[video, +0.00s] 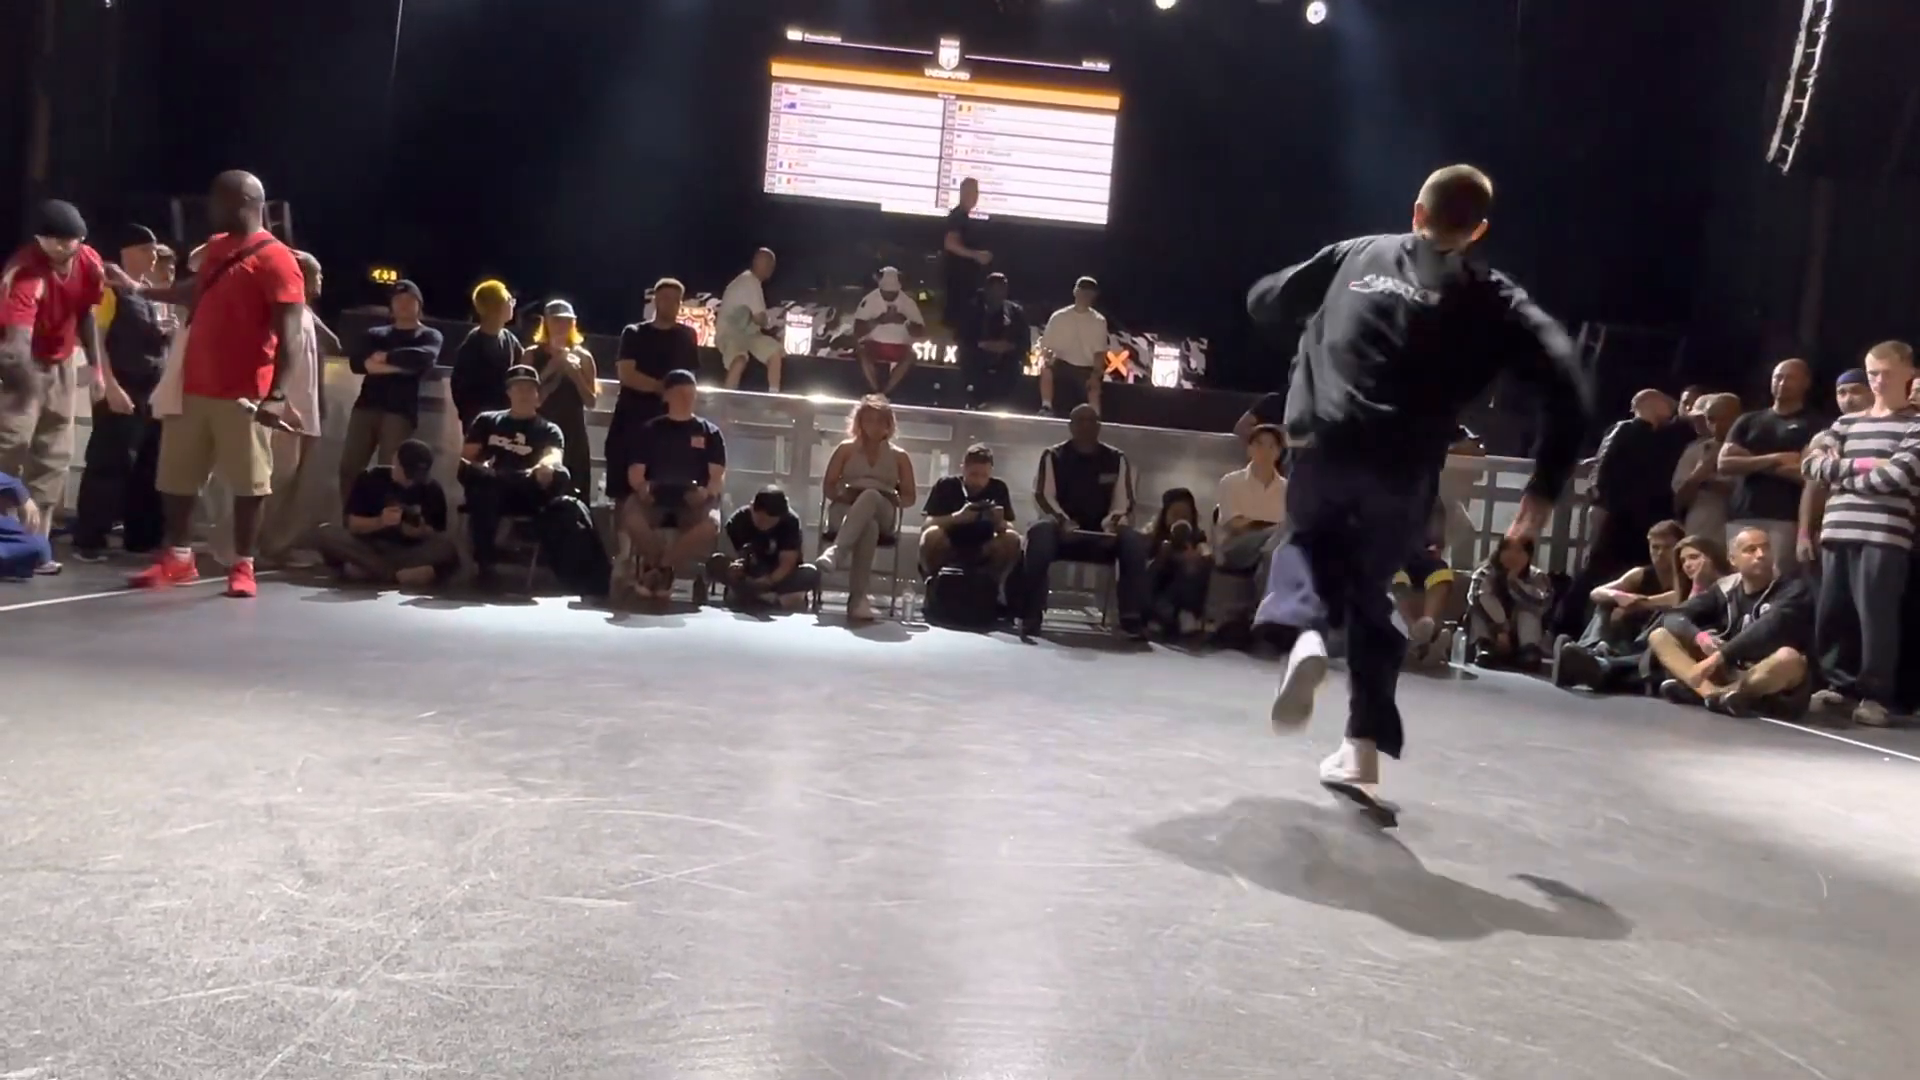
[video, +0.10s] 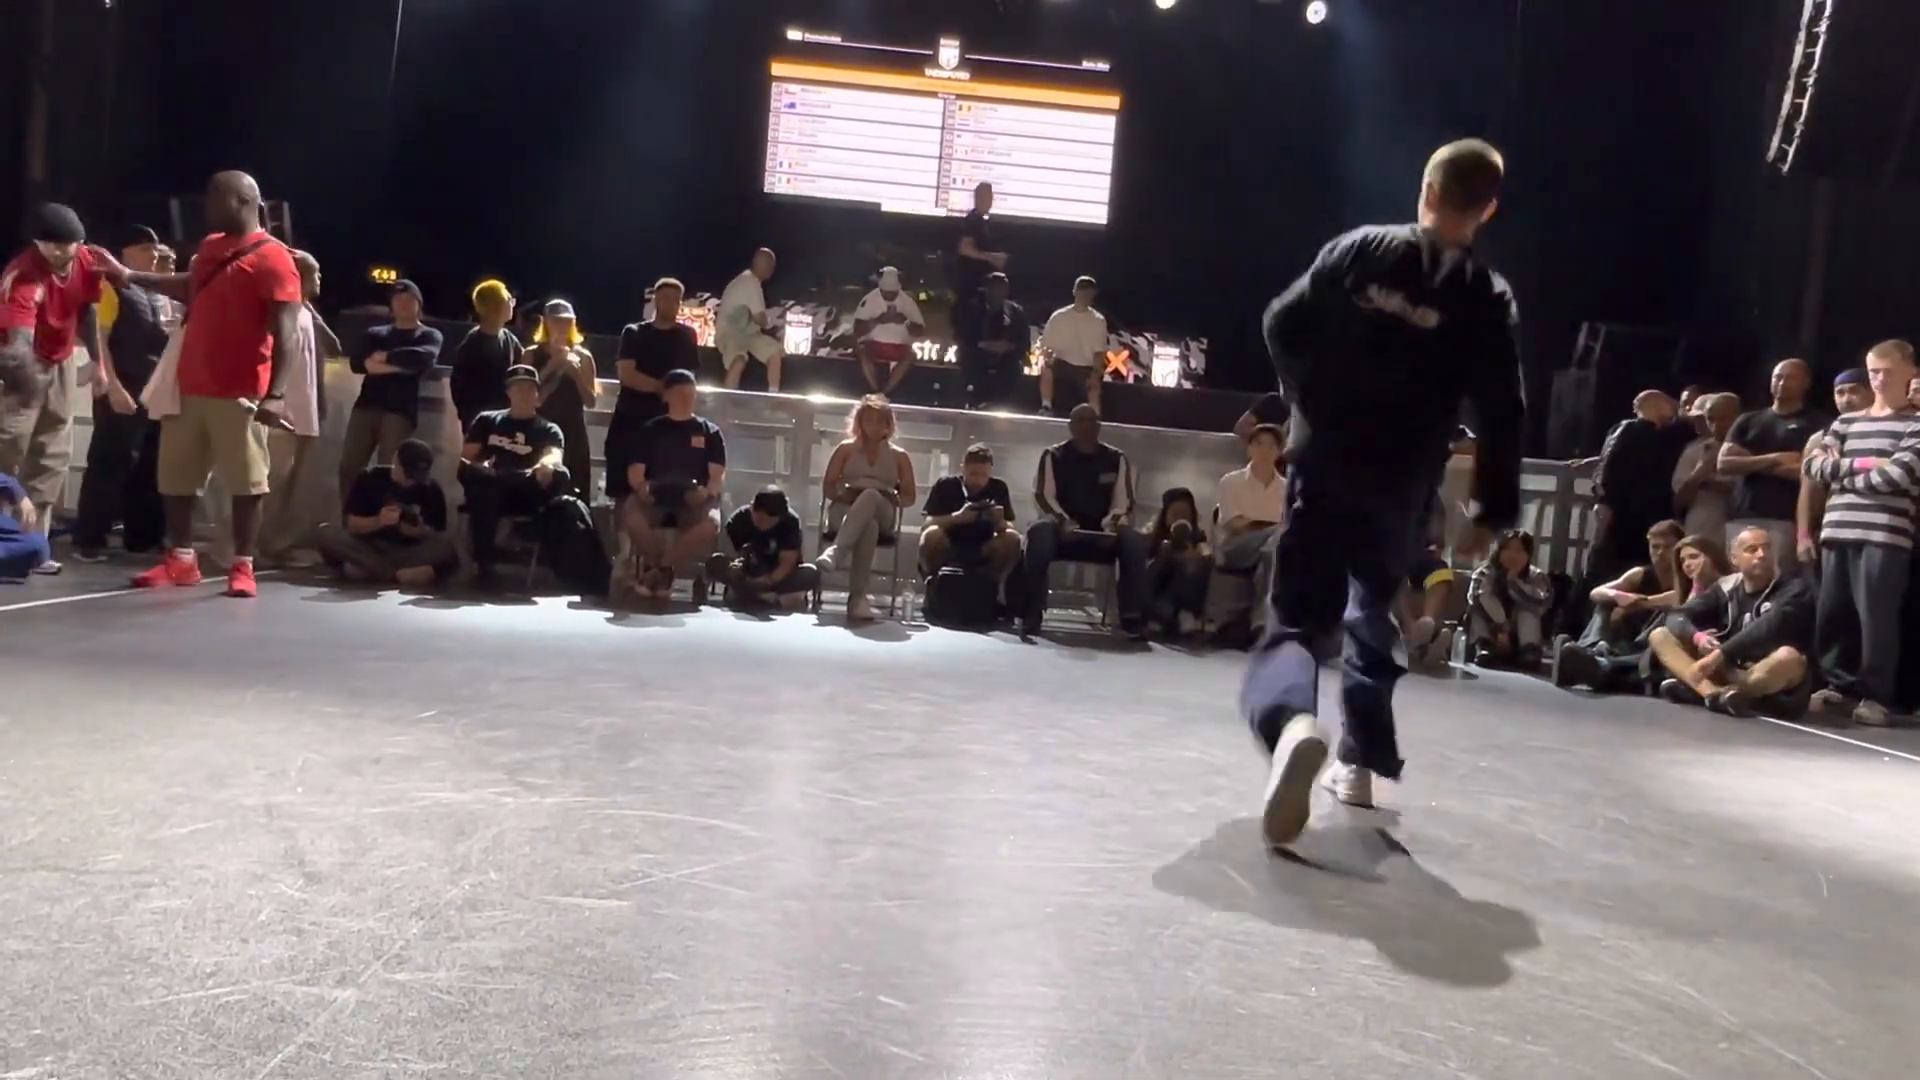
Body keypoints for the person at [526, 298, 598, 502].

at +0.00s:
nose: (562, 326)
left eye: (567, 320)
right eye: (556, 320)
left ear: (573, 324)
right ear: (546, 323)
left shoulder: (584, 357)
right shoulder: (532, 355)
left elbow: (591, 401)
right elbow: (529, 399)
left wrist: (574, 373)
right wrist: (554, 367)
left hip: (573, 431)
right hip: (540, 431)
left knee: (577, 492)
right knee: (538, 493)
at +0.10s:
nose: (562, 327)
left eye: (567, 321)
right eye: (556, 321)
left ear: (572, 325)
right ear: (546, 323)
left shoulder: (584, 357)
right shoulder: (532, 355)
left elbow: (591, 401)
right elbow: (529, 399)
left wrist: (575, 372)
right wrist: (553, 366)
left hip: (573, 431)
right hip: (540, 431)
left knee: (576, 493)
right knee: (539, 493)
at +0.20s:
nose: (561, 328)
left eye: (566, 322)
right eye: (556, 322)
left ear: (572, 325)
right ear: (545, 324)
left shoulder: (583, 357)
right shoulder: (531, 355)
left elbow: (590, 400)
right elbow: (532, 400)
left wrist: (575, 369)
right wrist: (555, 368)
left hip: (573, 432)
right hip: (540, 432)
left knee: (576, 494)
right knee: (539, 494)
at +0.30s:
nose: (561, 328)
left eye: (566, 323)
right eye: (556, 322)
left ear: (572, 325)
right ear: (545, 324)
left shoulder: (583, 356)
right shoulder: (531, 355)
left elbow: (590, 399)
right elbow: (529, 400)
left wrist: (576, 367)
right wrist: (552, 365)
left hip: (572, 428)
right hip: (539, 428)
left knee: (575, 489)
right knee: (538, 489)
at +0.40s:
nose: (560, 329)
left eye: (566, 323)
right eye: (554, 323)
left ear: (573, 326)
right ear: (545, 325)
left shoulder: (583, 356)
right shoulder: (531, 354)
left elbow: (589, 397)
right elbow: (528, 398)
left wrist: (577, 363)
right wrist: (548, 360)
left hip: (572, 429)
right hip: (539, 428)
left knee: (576, 490)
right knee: (537, 490)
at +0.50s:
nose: (559, 327)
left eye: (565, 321)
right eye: (553, 321)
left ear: (573, 325)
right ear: (544, 324)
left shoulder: (583, 356)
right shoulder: (531, 354)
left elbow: (588, 393)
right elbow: (532, 399)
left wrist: (576, 358)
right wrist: (557, 373)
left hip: (572, 430)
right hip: (540, 429)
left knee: (575, 490)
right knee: (539, 490)